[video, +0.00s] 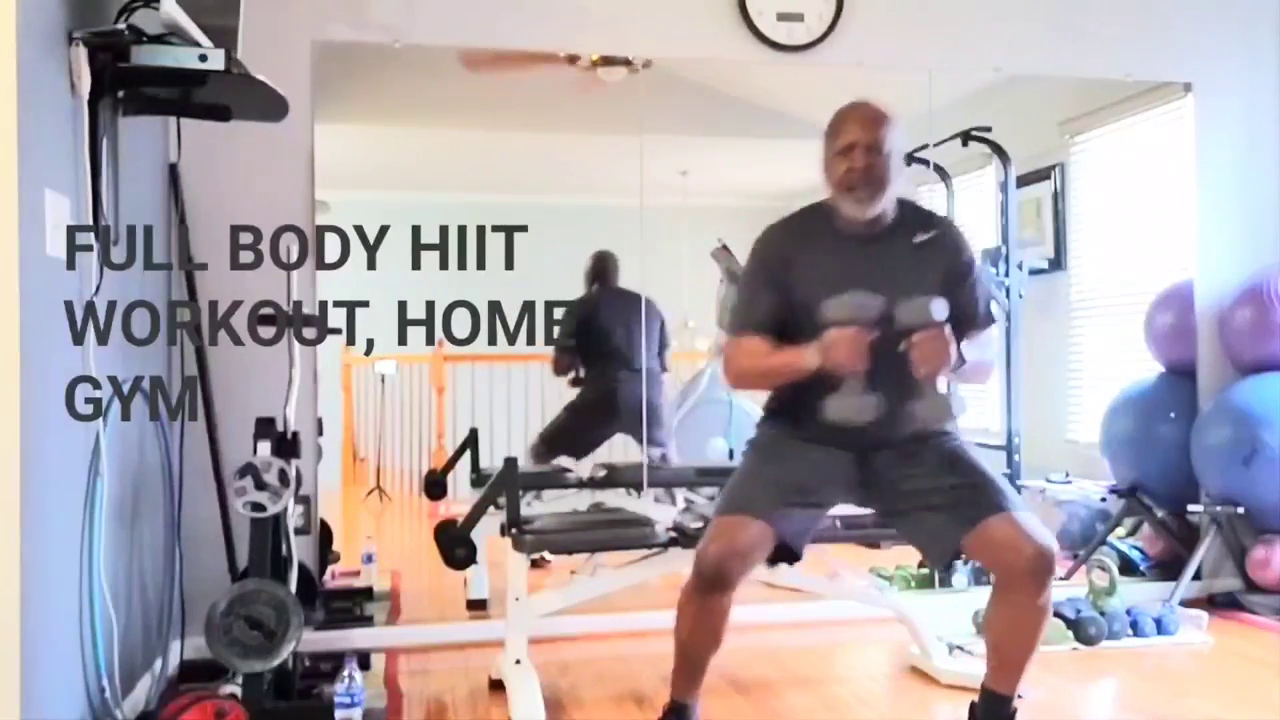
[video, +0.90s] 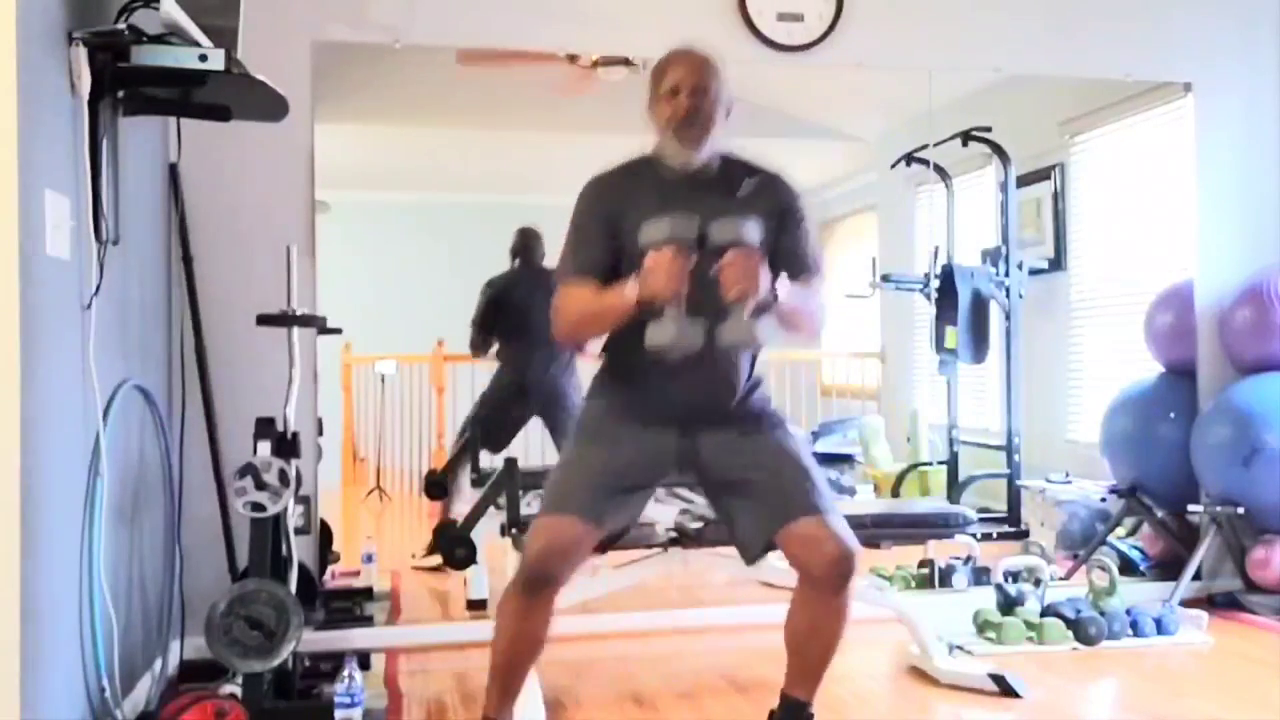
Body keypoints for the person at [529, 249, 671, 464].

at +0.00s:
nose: (589, 274)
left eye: (590, 271)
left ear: (590, 275)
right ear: (616, 274)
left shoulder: (582, 307)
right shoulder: (648, 306)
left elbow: (562, 365)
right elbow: (662, 364)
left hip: (602, 397)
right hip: (648, 399)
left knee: (540, 454)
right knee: (666, 462)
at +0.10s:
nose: (570, 273)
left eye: (571, 270)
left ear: (573, 273)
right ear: (599, 272)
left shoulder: (563, 307)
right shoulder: (632, 303)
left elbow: (544, 362)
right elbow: (654, 355)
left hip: (588, 398)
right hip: (633, 397)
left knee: (535, 454)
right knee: (656, 459)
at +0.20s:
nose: (555, 255)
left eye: (556, 250)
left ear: (557, 251)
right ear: (583, 250)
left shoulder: (548, 284)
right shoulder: (616, 279)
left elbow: (528, 323)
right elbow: (646, 319)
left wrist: (529, 359)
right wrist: (627, 333)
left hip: (573, 372)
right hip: (616, 370)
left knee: (534, 448)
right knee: (631, 446)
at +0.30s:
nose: (546, 236)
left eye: (546, 231)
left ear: (547, 231)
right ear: (574, 229)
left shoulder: (540, 259)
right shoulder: (601, 255)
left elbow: (516, 297)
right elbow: (642, 284)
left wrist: (512, 340)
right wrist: (623, 319)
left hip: (560, 353)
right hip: (601, 351)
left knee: (541, 422)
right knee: (609, 416)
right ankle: (616, 465)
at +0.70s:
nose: (535, 216)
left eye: (533, 211)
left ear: (533, 215)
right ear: (562, 214)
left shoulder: (519, 248)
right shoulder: (587, 249)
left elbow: (494, 301)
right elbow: (614, 301)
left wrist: (517, 306)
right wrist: (582, 304)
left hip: (530, 347)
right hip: (573, 351)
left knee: (505, 430)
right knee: (572, 431)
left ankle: (503, 494)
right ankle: (583, 490)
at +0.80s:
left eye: (529, 226)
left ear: (524, 228)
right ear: (554, 227)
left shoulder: (509, 262)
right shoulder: (578, 261)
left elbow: (487, 319)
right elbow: (594, 319)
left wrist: (508, 310)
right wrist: (565, 312)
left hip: (521, 360)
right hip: (567, 361)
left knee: (484, 430)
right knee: (578, 442)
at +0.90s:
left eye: (520, 249)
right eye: (535, 249)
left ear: (513, 252)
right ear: (542, 251)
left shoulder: (498, 286)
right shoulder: (562, 284)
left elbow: (479, 344)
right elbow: (579, 335)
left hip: (514, 378)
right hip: (558, 378)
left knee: (476, 427)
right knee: (578, 448)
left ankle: (446, 478)